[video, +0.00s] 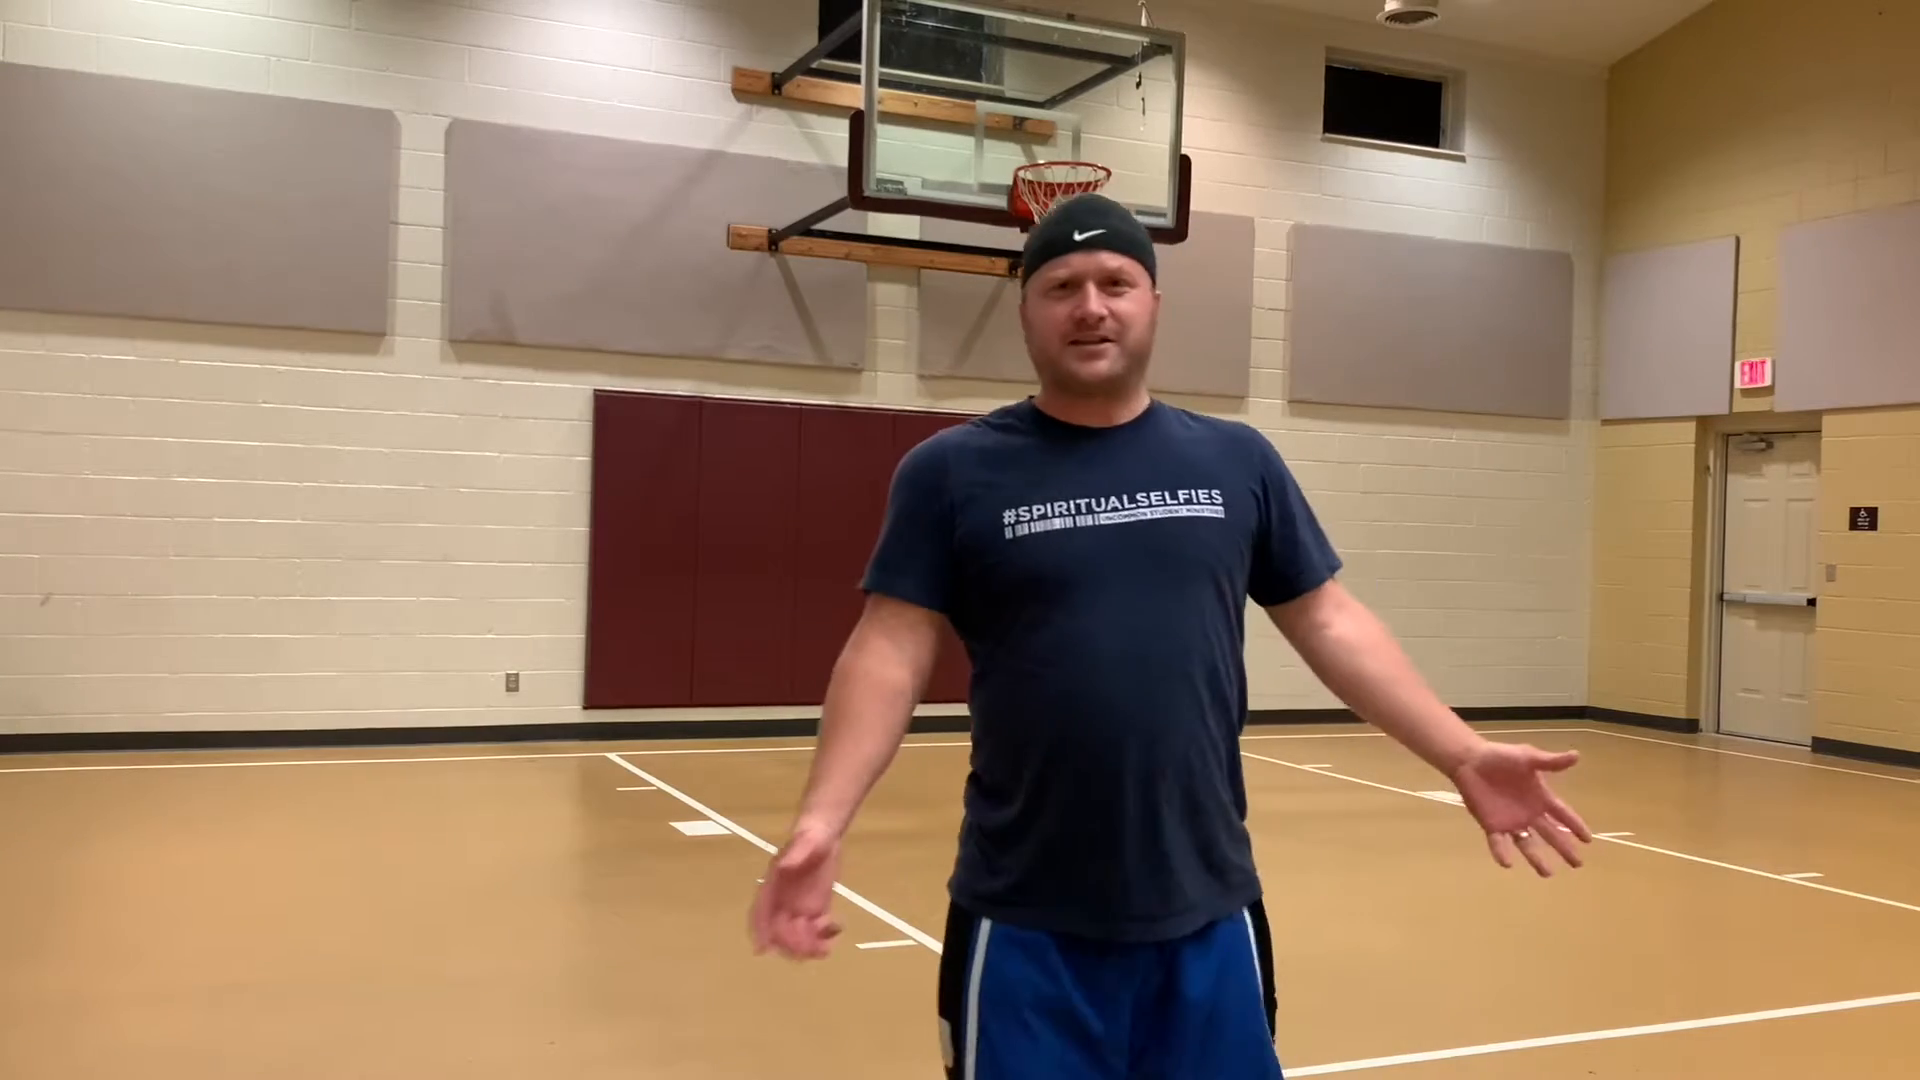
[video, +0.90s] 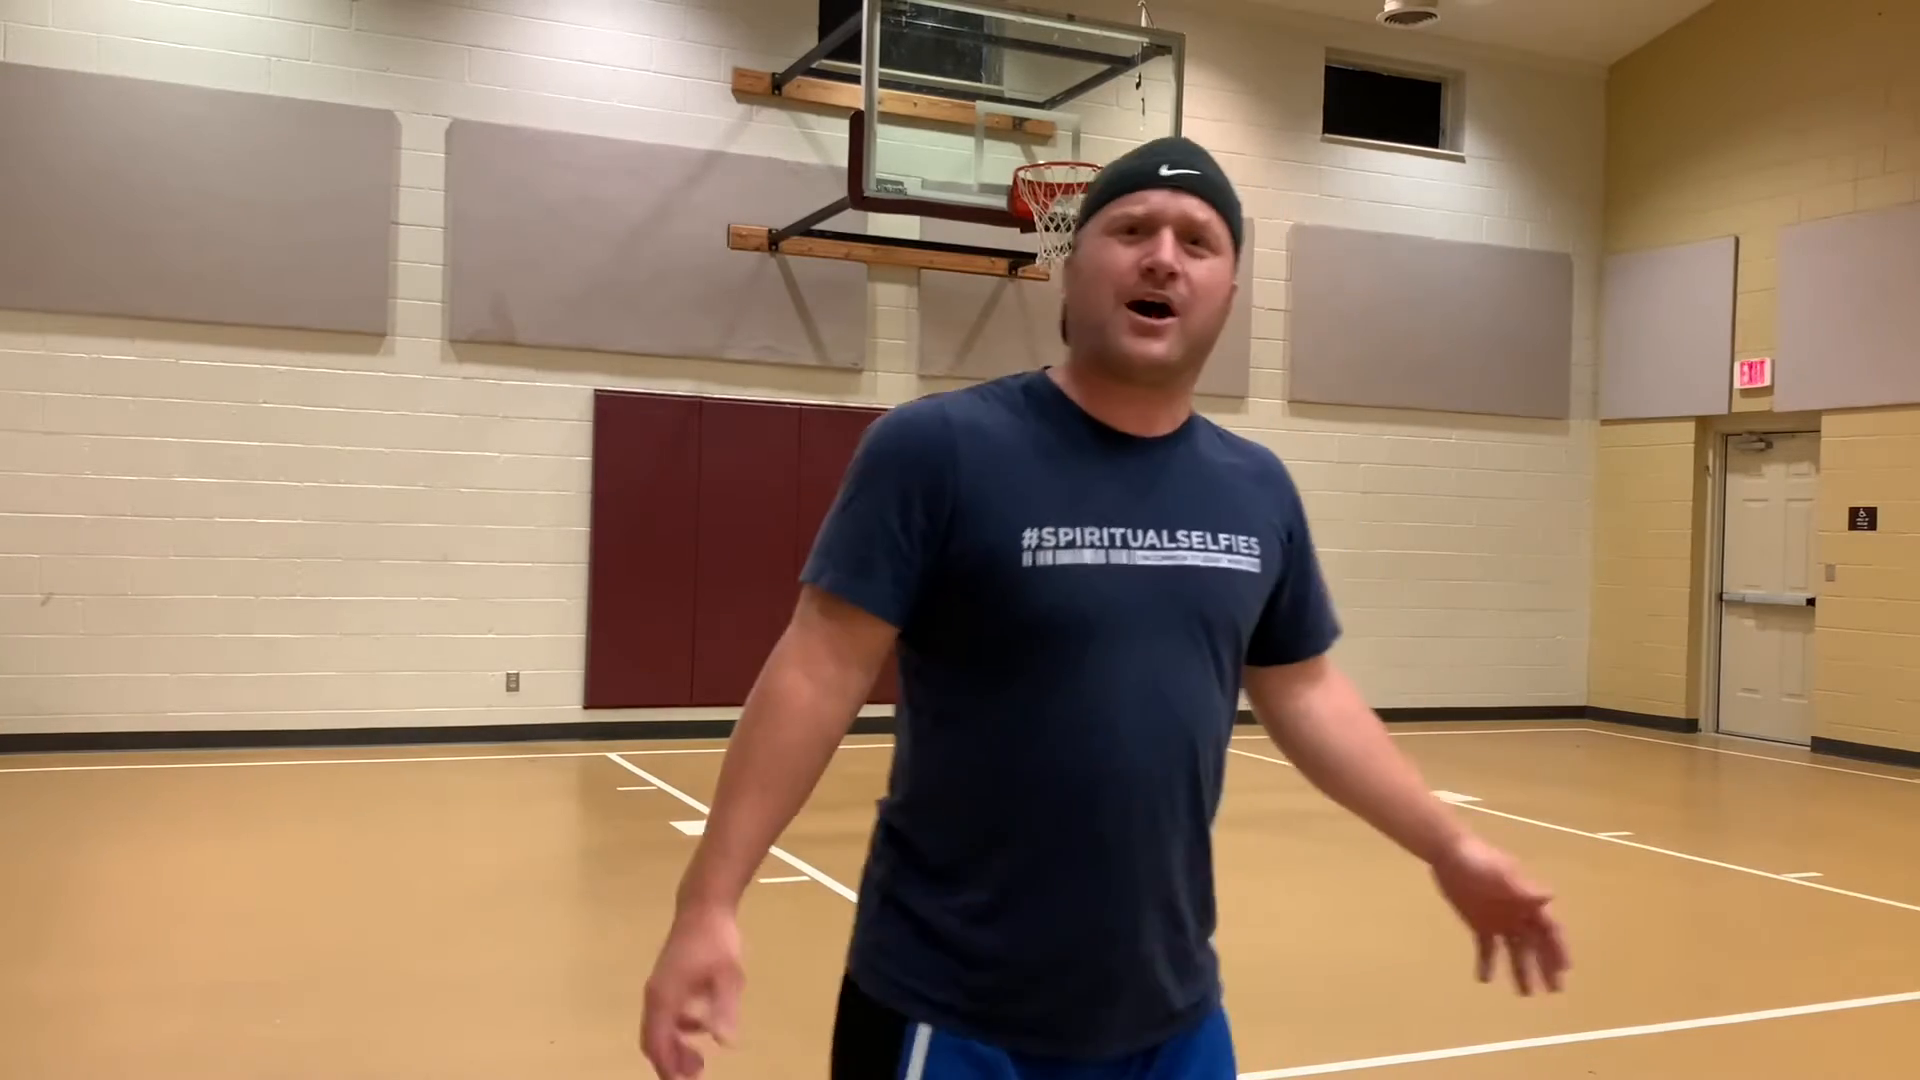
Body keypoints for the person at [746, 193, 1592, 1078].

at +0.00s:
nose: (1093, 305)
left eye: (1117, 283)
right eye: (1063, 286)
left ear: (1155, 305)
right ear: (1024, 315)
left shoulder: (1237, 461)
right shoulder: (953, 472)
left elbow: (1332, 621)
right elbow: (889, 649)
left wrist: (1463, 753)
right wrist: (823, 819)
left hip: (1207, 916)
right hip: (1026, 920)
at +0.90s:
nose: (1164, 260)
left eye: (1197, 242)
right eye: (1132, 232)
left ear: (1233, 293)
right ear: (1068, 270)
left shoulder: (1255, 490)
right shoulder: (936, 450)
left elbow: (1308, 691)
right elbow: (823, 666)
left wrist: (1449, 843)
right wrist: (710, 902)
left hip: (1165, 1011)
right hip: (950, 1012)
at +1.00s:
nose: (1125, 260)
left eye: (1159, 239)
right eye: (1093, 230)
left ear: (1197, 288)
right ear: (1031, 259)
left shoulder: (1221, 482)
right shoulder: (899, 453)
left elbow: (1257, 682)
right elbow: (794, 689)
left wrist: (1378, 843)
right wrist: (734, 952)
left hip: (1129, 1008)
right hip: (919, 1014)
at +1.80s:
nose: (1054, 261)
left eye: (1090, 241)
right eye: (1023, 229)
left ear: (1128, 288)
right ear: (967, 264)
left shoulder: (1140, 476)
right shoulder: (847, 454)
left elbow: (1165, 677)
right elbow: (751, 692)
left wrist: (1262, 845)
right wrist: (742, 956)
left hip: (1056, 1003)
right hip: (865, 1011)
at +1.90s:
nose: (1069, 259)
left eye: (1105, 242)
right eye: (1041, 231)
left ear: (1142, 291)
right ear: (986, 265)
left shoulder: (1160, 482)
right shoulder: (869, 447)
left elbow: (1189, 678)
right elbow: (782, 662)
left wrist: (1284, 849)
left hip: (1073, 993)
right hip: (886, 997)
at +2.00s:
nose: (1093, 255)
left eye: (1126, 243)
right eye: (1065, 229)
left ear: (1159, 294)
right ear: (1007, 261)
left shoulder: (1172, 482)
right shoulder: (888, 435)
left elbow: (1208, 669)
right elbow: (794, 654)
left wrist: (1308, 840)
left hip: (1087, 981)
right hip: (901, 983)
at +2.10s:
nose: (1100, 251)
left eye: (1132, 239)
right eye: (1071, 228)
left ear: (1162, 295)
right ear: (1015, 260)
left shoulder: (1172, 476)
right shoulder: (899, 427)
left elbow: (1205, 661)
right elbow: (811, 651)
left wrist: (1313, 820)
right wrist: (986, 586)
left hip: (1091, 958)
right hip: (916, 963)